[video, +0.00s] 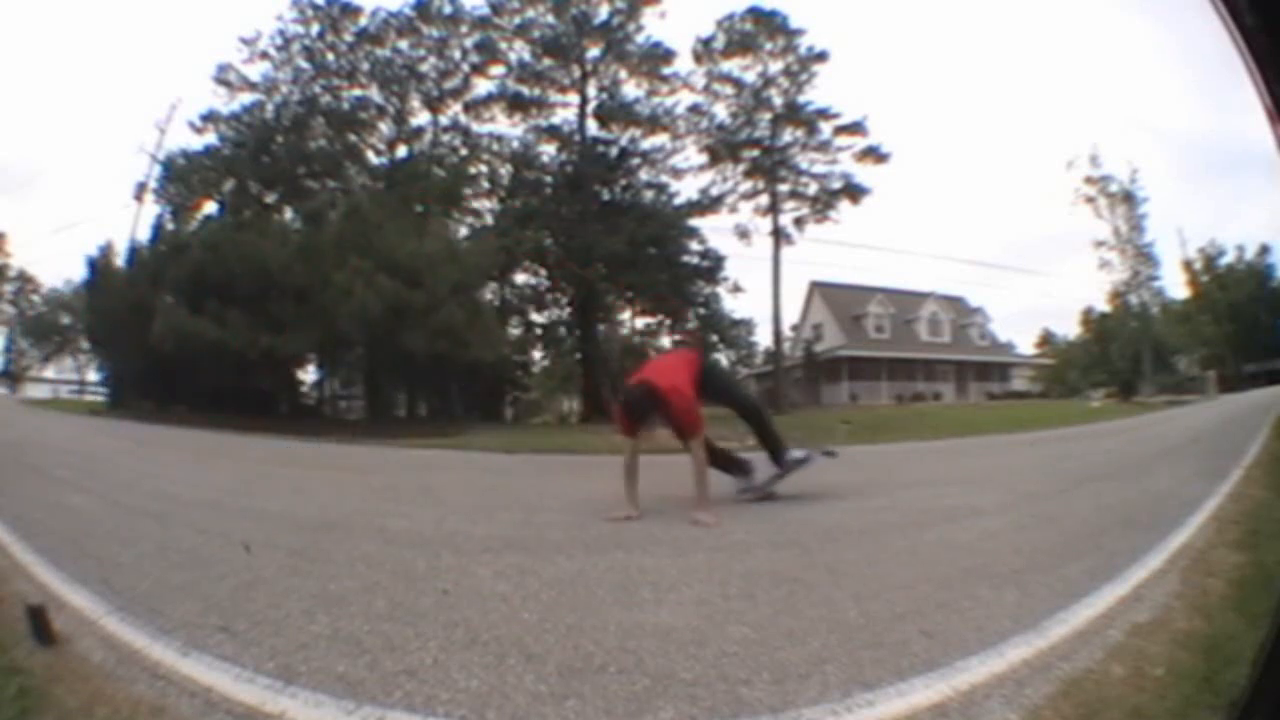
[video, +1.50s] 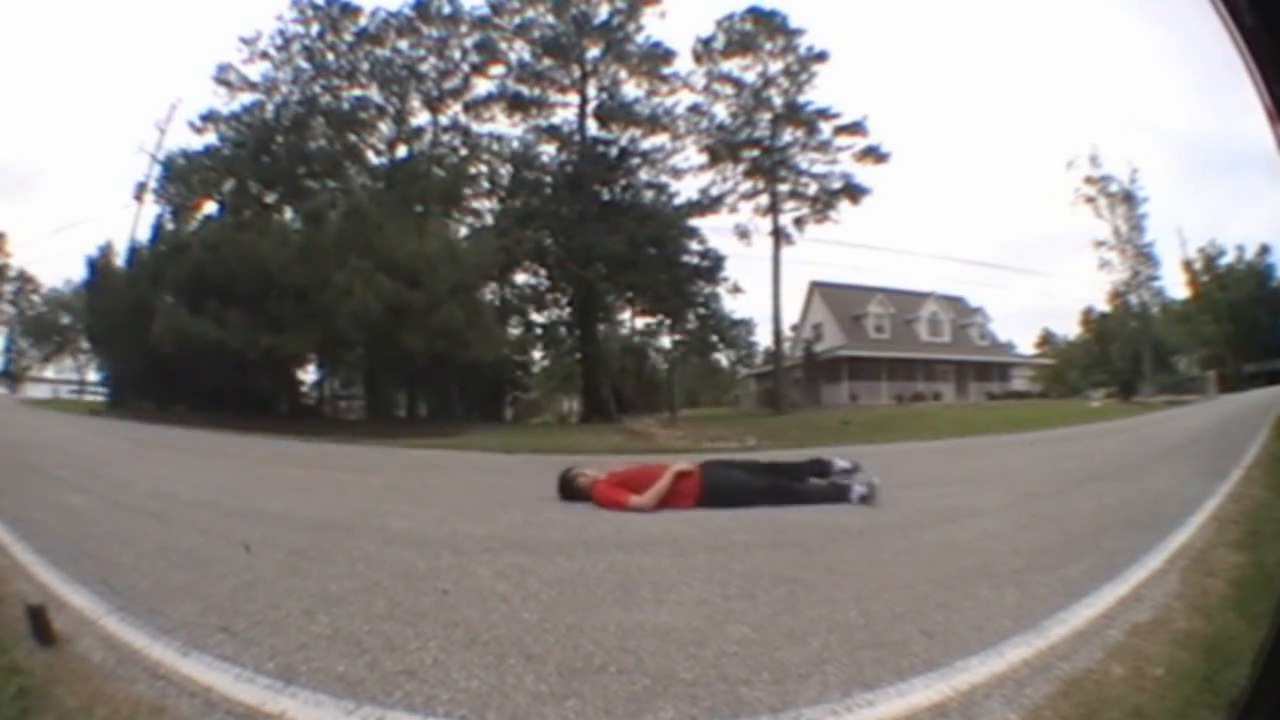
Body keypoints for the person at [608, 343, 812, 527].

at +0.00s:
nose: (646, 427)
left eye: (648, 420)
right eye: (641, 423)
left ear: (656, 408)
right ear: (629, 411)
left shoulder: (676, 397)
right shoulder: (629, 405)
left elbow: (697, 451)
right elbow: (631, 454)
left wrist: (702, 507)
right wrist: (633, 506)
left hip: (695, 368)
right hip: (664, 378)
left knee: (748, 405)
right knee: (697, 445)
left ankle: (782, 457)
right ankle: (745, 471)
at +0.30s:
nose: (680, 377)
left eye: (678, 371)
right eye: (674, 375)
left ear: (677, 369)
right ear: (658, 381)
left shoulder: (683, 384)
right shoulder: (640, 416)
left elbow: (715, 388)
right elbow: (626, 462)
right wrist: (631, 505)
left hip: (722, 458)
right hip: (709, 483)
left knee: (785, 443)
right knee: (779, 471)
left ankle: (832, 462)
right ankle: (808, 487)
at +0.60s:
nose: (660, 406)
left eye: (659, 401)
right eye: (656, 401)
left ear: (631, 408)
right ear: (649, 406)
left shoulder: (655, 427)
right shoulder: (637, 436)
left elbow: (672, 395)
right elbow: (614, 473)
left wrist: (690, 358)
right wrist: (656, 489)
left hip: (712, 470)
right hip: (709, 490)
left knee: (771, 456)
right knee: (776, 463)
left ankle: (818, 465)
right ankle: (819, 488)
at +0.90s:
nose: (603, 449)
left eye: (597, 446)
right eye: (596, 448)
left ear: (584, 466)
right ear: (590, 458)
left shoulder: (610, 478)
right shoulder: (610, 482)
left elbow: (653, 477)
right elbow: (655, 478)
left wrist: (662, 445)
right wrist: (682, 434)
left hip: (698, 481)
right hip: (699, 483)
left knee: (757, 460)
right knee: (752, 431)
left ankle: (810, 472)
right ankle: (816, 451)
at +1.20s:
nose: (592, 460)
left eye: (587, 458)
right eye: (585, 462)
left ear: (587, 468)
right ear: (582, 474)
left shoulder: (609, 480)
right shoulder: (606, 487)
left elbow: (650, 492)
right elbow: (649, 500)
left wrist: (675, 467)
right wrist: (671, 469)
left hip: (699, 481)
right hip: (698, 483)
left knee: (758, 464)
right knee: (755, 433)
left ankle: (817, 471)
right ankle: (821, 446)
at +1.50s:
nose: (588, 472)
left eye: (583, 470)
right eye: (581, 475)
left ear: (588, 474)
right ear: (581, 487)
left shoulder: (612, 479)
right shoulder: (603, 491)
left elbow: (648, 489)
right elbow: (642, 503)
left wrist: (677, 467)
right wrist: (672, 471)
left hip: (702, 472)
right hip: (700, 487)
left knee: (768, 471)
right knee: (772, 489)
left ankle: (830, 467)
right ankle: (845, 492)